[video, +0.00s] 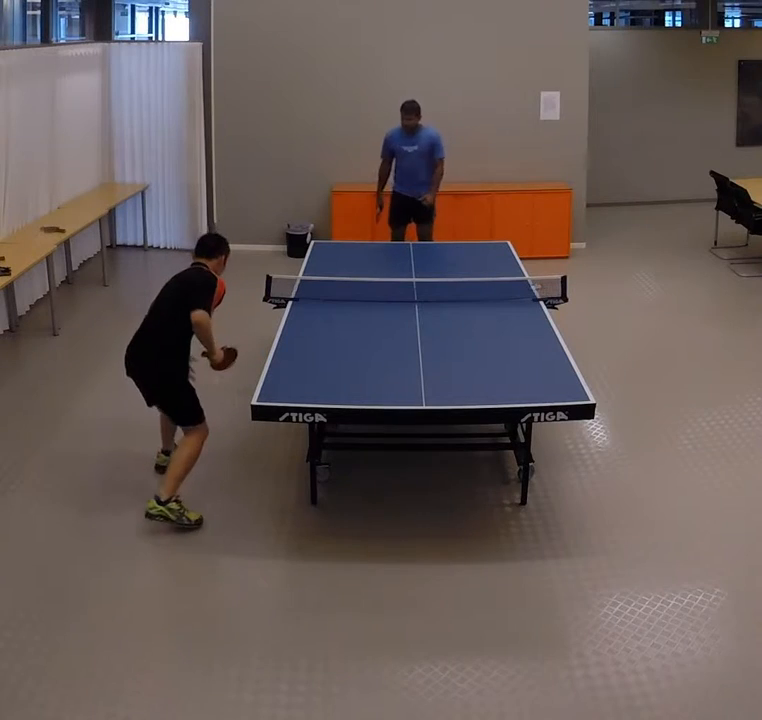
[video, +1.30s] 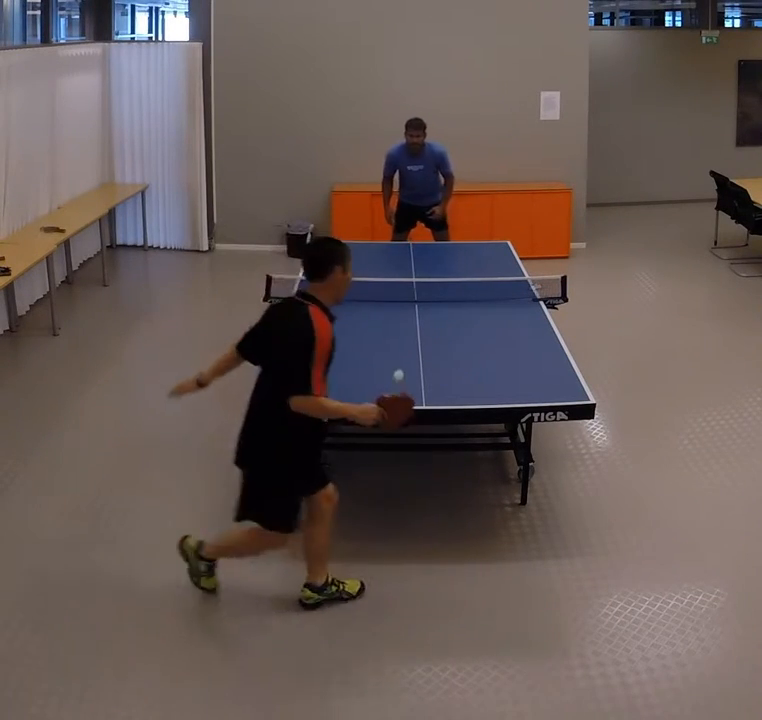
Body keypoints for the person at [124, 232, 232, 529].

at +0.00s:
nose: (225, 267)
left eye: (225, 262)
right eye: (225, 262)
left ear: (195, 256)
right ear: (221, 259)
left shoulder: (181, 277)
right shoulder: (207, 280)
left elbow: (168, 319)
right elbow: (199, 317)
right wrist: (213, 353)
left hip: (138, 357)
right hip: (162, 364)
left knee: (169, 403)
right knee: (197, 431)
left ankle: (166, 452)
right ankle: (165, 500)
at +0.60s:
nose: (242, 260)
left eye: (242, 254)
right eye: (238, 254)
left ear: (217, 256)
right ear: (217, 257)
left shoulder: (211, 291)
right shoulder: (191, 299)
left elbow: (204, 330)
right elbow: (204, 362)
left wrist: (236, 334)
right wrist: (246, 346)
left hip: (178, 384)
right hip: (160, 395)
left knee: (182, 419)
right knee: (190, 471)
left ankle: (169, 456)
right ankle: (170, 555)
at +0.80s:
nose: (255, 259)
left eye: (256, 252)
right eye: (252, 252)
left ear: (226, 252)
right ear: (231, 255)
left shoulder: (214, 281)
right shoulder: (203, 297)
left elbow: (236, 301)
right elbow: (235, 358)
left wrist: (273, 286)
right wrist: (285, 328)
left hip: (190, 391)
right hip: (167, 399)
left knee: (197, 451)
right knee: (185, 480)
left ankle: (165, 495)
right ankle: (170, 555)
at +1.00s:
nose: (286, 261)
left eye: (286, 253)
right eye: (280, 253)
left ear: (253, 257)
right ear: (254, 256)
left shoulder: (231, 285)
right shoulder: (236, 301)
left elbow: (202, 293)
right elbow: (250, 368)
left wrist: (198, 290)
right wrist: (301, 377)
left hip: (220, 406)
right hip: (193, 409)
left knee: (245, 470)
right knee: (189, 490)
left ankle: (243, 551)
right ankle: (170, 555)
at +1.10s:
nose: (304, 269)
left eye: (304, 261)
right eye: (298, 261)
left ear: (272, 263)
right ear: (272, 263)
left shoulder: (240, 294)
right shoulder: (257, 310)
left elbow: (200, 311)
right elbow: (262, 381)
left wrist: (168, 318)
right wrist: (313, 396)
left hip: (240, 417)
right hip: (217, 419)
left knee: (265, 487)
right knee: (199, 494)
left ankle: (293, 569)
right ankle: (171, 556)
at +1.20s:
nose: (329, 276)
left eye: (329, 268)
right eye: (324, 268)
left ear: (299, 269)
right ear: (300, 269)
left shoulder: (262, 303)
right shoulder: (285, 320)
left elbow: (216, 334)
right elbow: (276, 393)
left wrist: (173, 354)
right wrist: (338, 410)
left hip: (270, 428)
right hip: (243, 432)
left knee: (293, 494)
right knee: (225, 511)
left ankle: (312, 581)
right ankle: (174, 551)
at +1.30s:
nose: (351, 278)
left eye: (349, 270)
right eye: (348, 271)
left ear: (313, 273)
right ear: (335, 274)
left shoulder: (285, 310)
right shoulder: (315, 327)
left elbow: (241, 351)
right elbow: (301, 400)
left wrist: (203, 378)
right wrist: (354, 412)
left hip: (278, 433)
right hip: (279, 443)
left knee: (324, 497)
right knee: (275, 533)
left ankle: (318, 583)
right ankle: (202, 551)